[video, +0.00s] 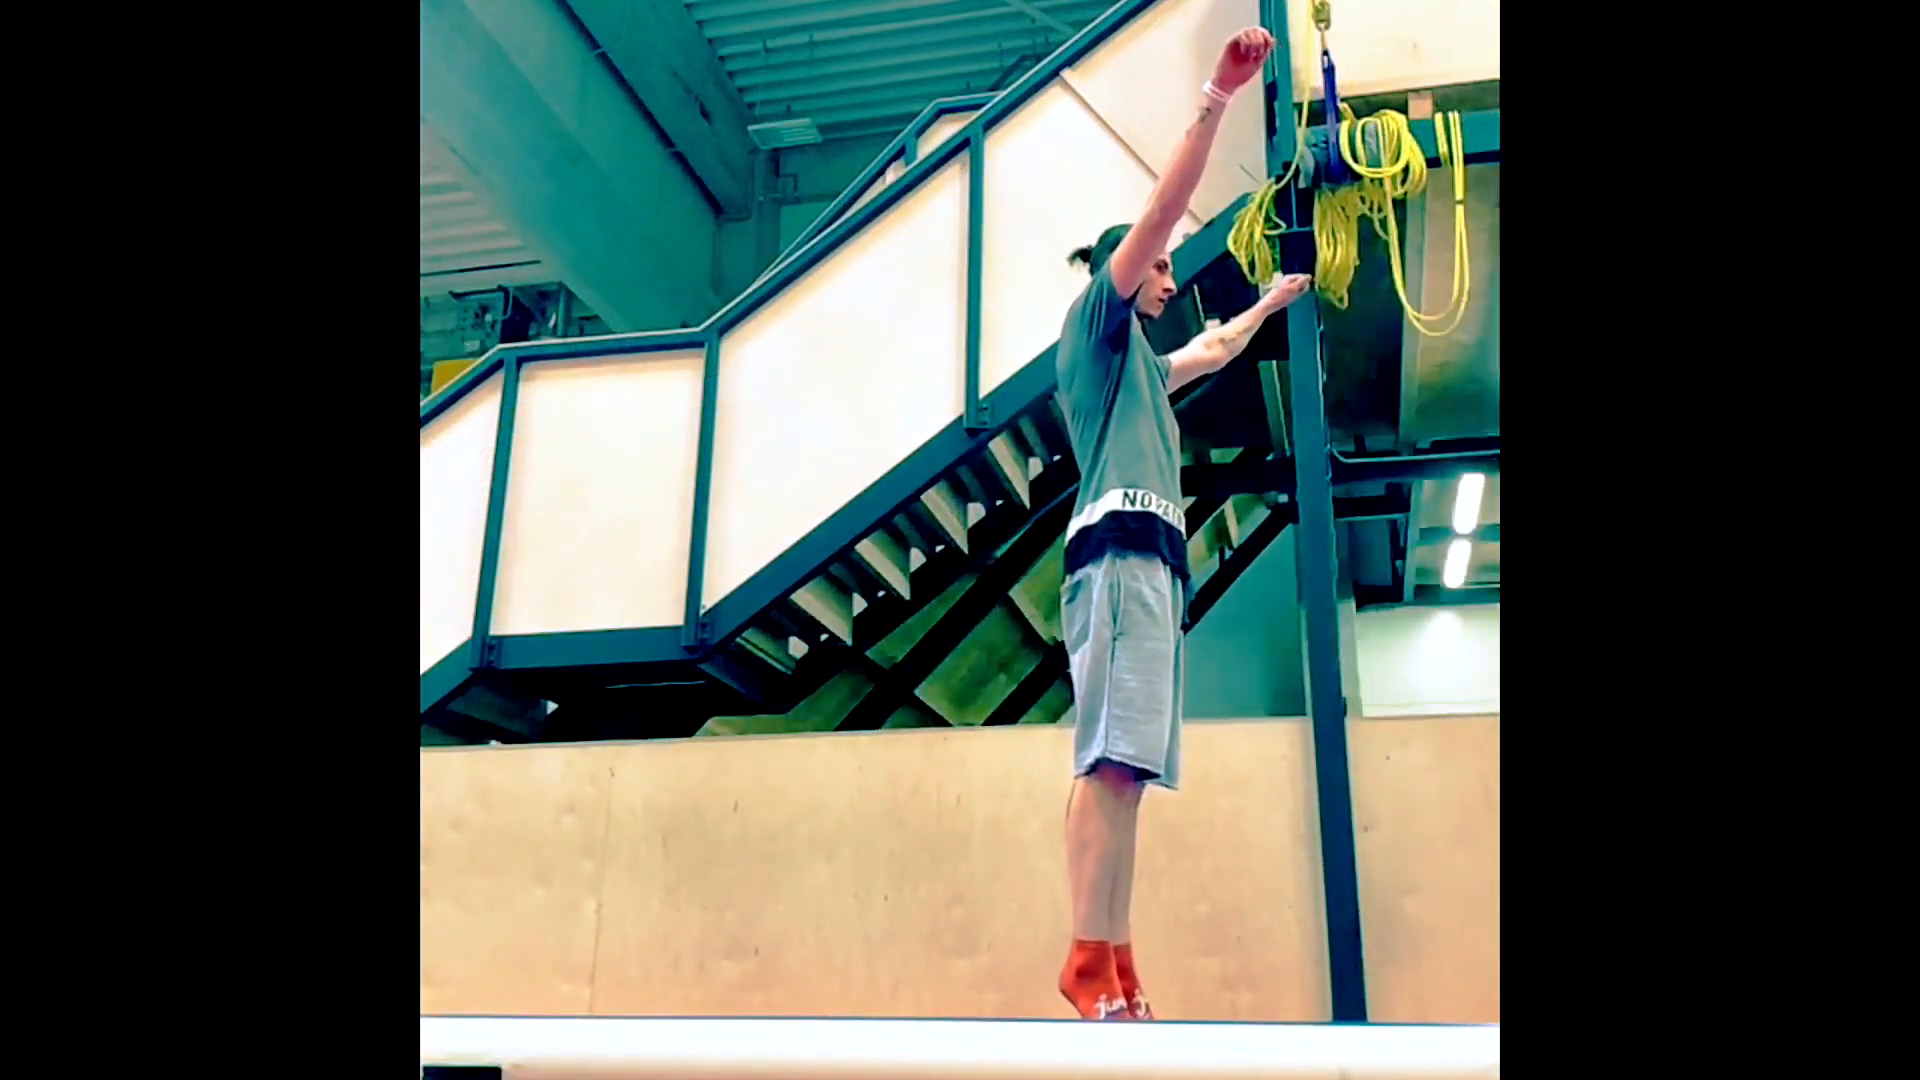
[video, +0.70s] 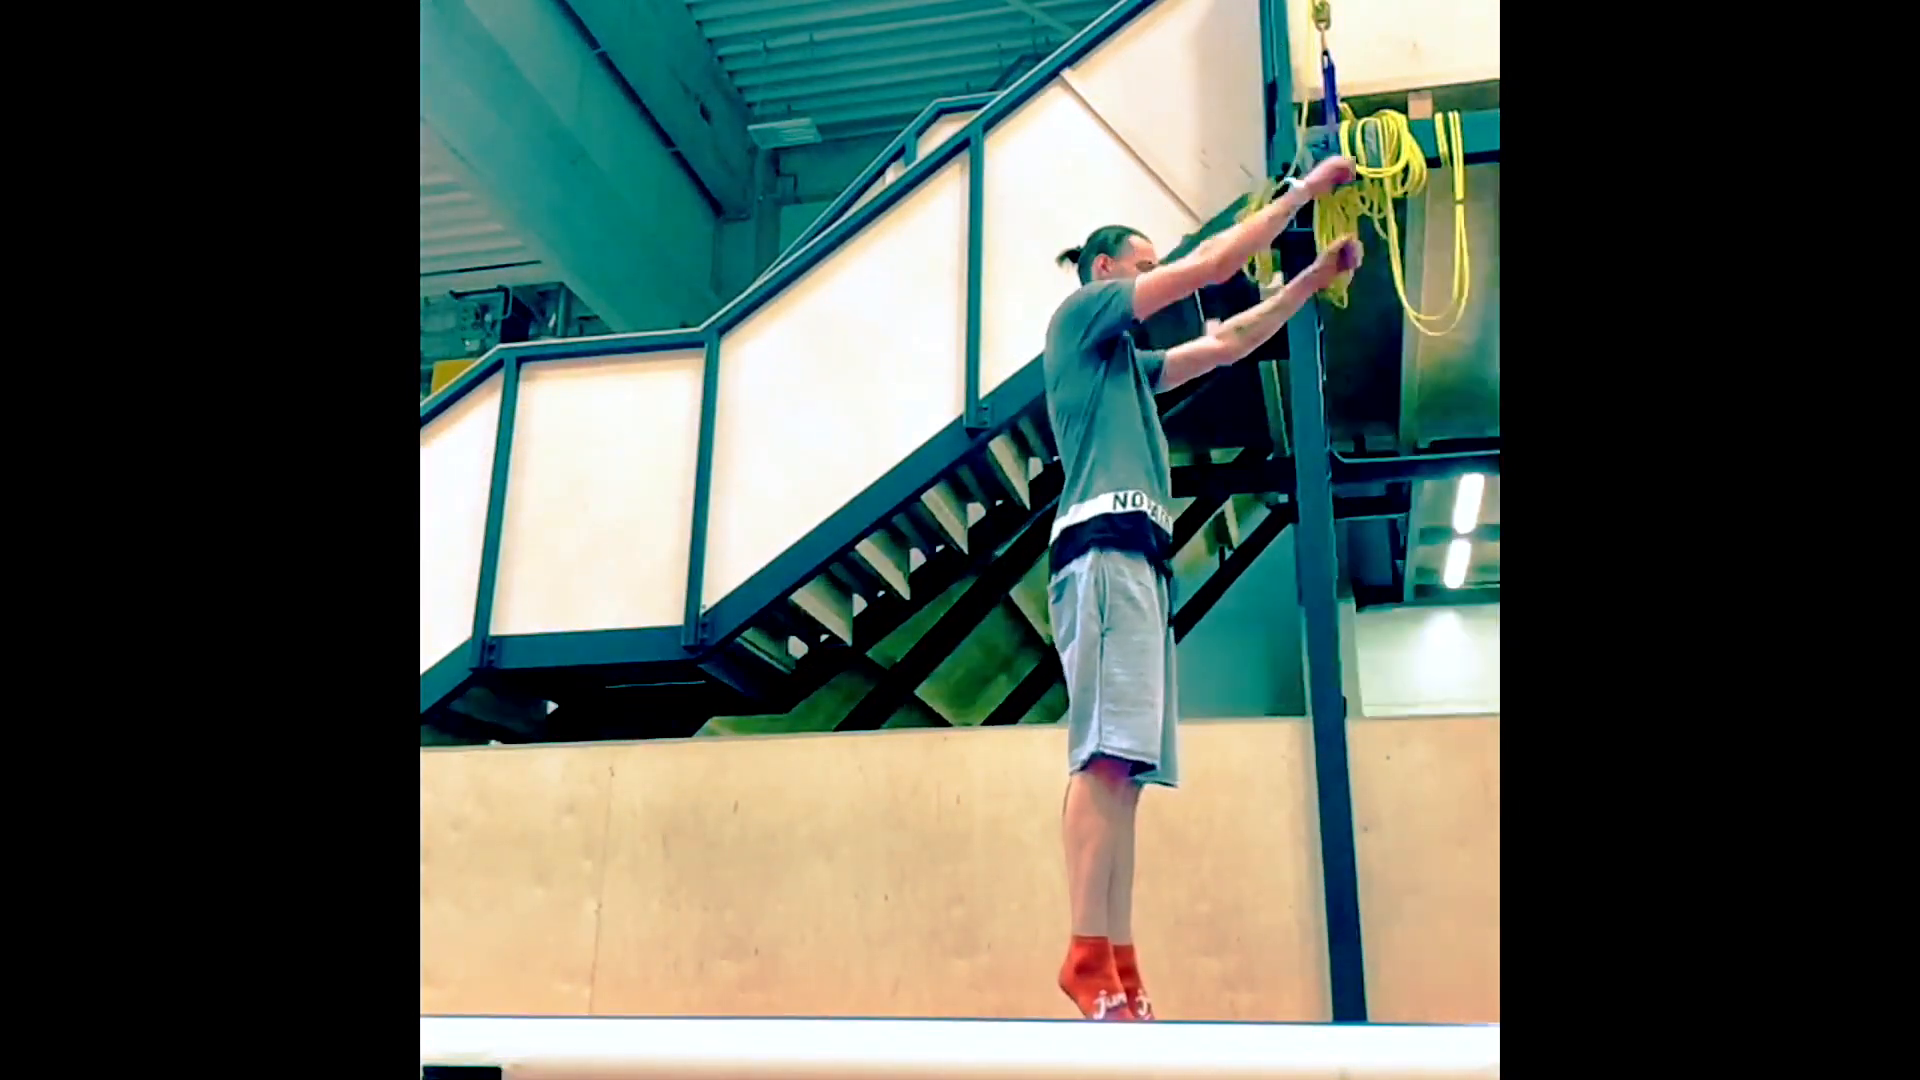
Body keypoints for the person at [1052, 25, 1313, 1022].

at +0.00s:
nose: (1164, 278)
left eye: (1166, 268)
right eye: (1153, 262)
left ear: (1148, 286)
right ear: (1118, 266)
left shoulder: (1137, 361)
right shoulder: (1097, 319)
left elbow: (1213, 345)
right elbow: (1165, 209)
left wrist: (1273, 299)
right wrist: (1215, 99)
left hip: (1149, 559)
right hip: (1120, 552)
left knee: (1127, 766)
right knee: (1112, 762)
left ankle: (1115, 964)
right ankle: (1086, 962)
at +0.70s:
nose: (1154, 270)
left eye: (1153, 260)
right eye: (1142, 258)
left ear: (1125, 274)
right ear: (1101, 265)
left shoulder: (1124, 362)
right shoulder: (1077, 312)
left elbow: (1229, 340)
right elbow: (1207, 264)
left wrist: (1322, 272)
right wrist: (1300, 190)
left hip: (1136, 561)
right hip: (1102, 552)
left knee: (1125, 768)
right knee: (1106, 758)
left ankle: (1118, 968)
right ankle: (1086, 961)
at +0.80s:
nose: (1164, 283)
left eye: (1163, 272)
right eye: (1152, 268)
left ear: (1128, 276)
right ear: (1106, 268)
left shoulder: (1128, 371)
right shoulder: (1076, 321)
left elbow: (1222, 405)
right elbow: (1213, 343)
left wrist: (1326, 373)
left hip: (1129, 565)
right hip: (1093, 555)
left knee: (1121, 766)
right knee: (1102, 760)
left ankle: (1119, 960)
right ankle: (1088, 955)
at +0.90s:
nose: (1188, 292)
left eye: (1192, 282)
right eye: (1177, 275)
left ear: (1162, 286)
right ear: (1134, 272)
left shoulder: (1140, 374)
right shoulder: (1096, 330)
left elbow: (1159, 495)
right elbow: (1130, 445)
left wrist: (1219, 566)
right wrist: (1214, 525)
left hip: (1120, 570)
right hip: (1077, 556)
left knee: (1137, 768)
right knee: (1109, 754)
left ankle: (1123, 957)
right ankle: (1090, 955)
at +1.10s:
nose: (1256, 452)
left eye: (1257, 439)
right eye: (1246, 435)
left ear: (1210, 438)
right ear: (1200, 430)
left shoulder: (1155, 490)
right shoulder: (1140, 455)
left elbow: (1071, 476)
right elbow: (1006, 389)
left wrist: (1039, 443)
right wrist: (913, 333)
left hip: (1038, 655)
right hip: (1016, 653)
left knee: (1152, 805)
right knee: (1157, 795)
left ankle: (1093, 987)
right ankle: (1074, 987)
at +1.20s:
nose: (1251, 535)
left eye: (1252, 522)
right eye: (1239, 517)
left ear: (1202, 520)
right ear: (1194, 513)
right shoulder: (1112, 531)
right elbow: (1009, 462)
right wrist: (924, 397)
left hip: (1028, 736)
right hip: (999, 731)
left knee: (1186, 834)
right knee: (1170, 831)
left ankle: (1090, 1003)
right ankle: (1077, 1005)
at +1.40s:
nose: (1126, 449)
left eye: (1125, 438)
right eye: (1113, 434)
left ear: (1083, 445)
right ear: (1068, 440)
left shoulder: (1080, 538)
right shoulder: (1030, 514)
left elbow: (1130, 652)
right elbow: (1113, 621)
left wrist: (1223, 708)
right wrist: (1217, 681)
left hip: (1044, 727)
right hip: (1003, 726)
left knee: (1200, 839)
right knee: (1169, 832)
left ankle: (1102, 1004)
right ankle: (1077, 1003)